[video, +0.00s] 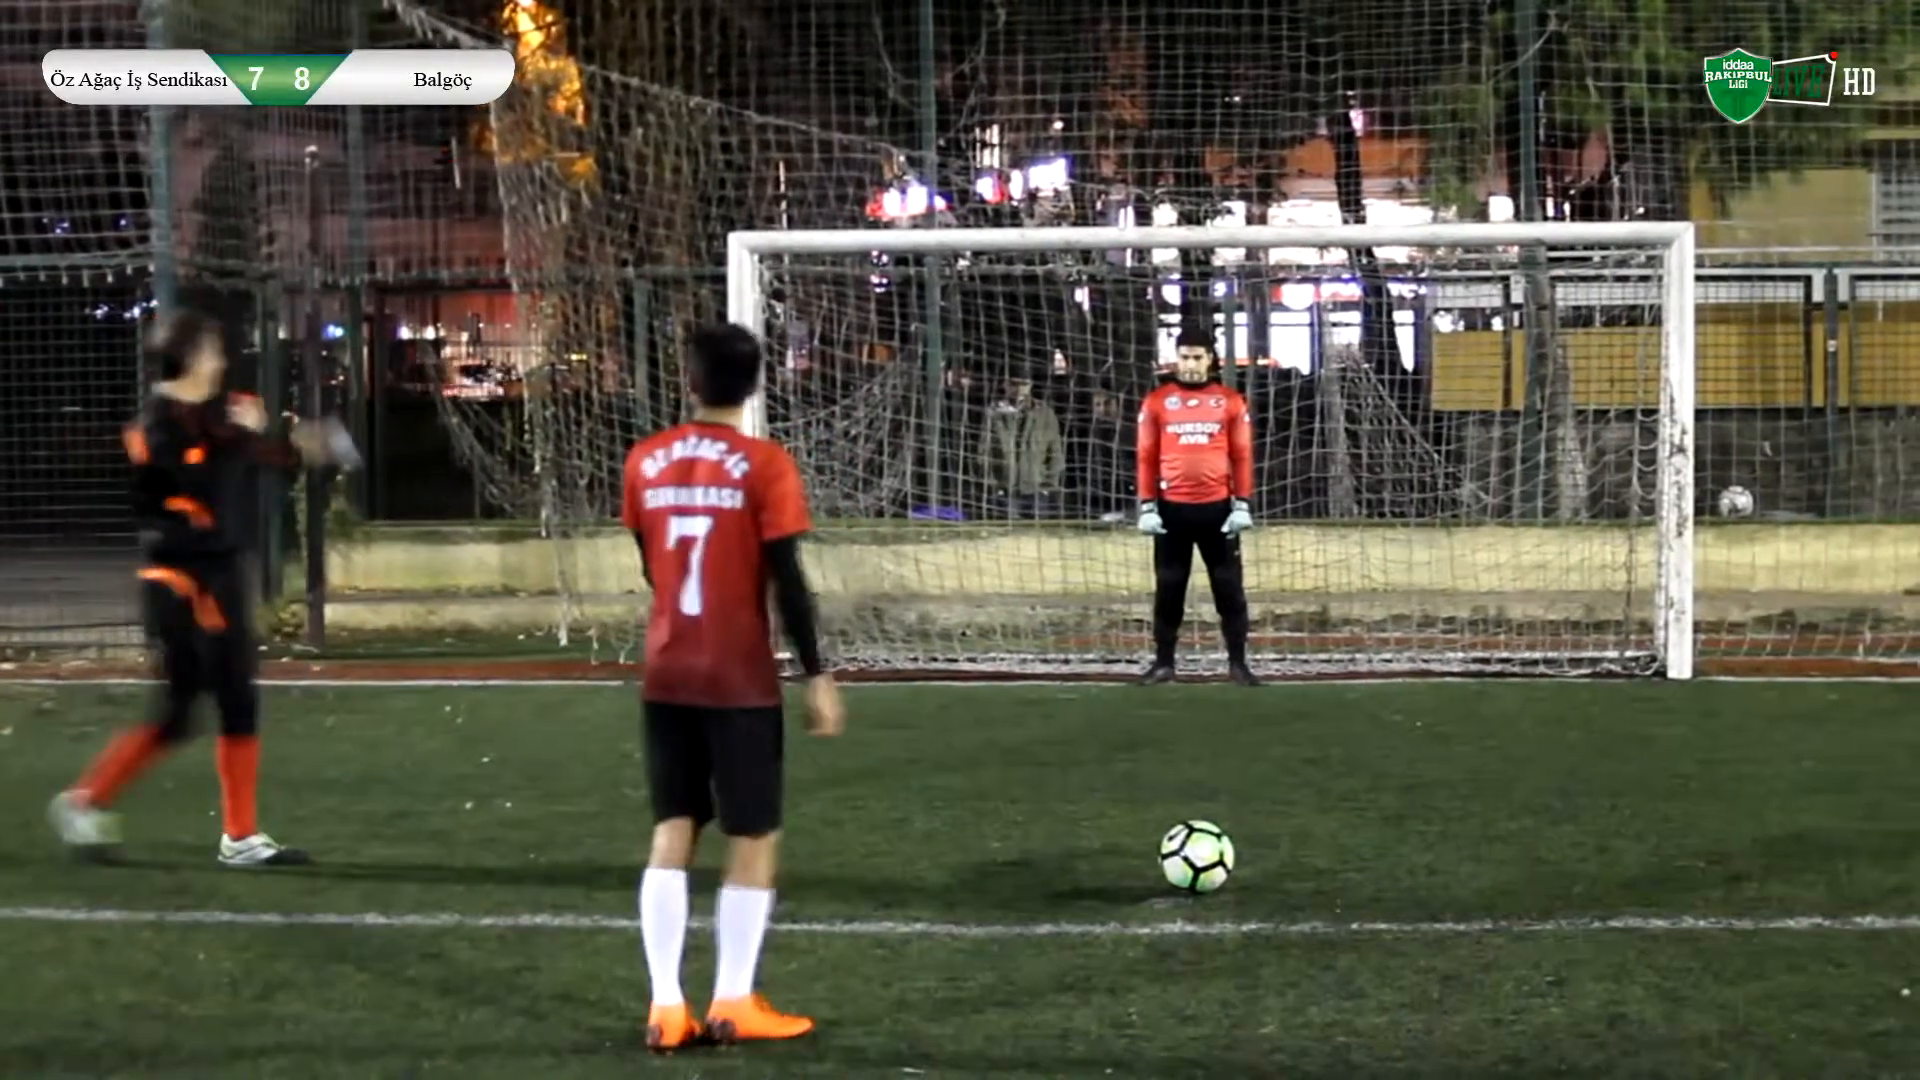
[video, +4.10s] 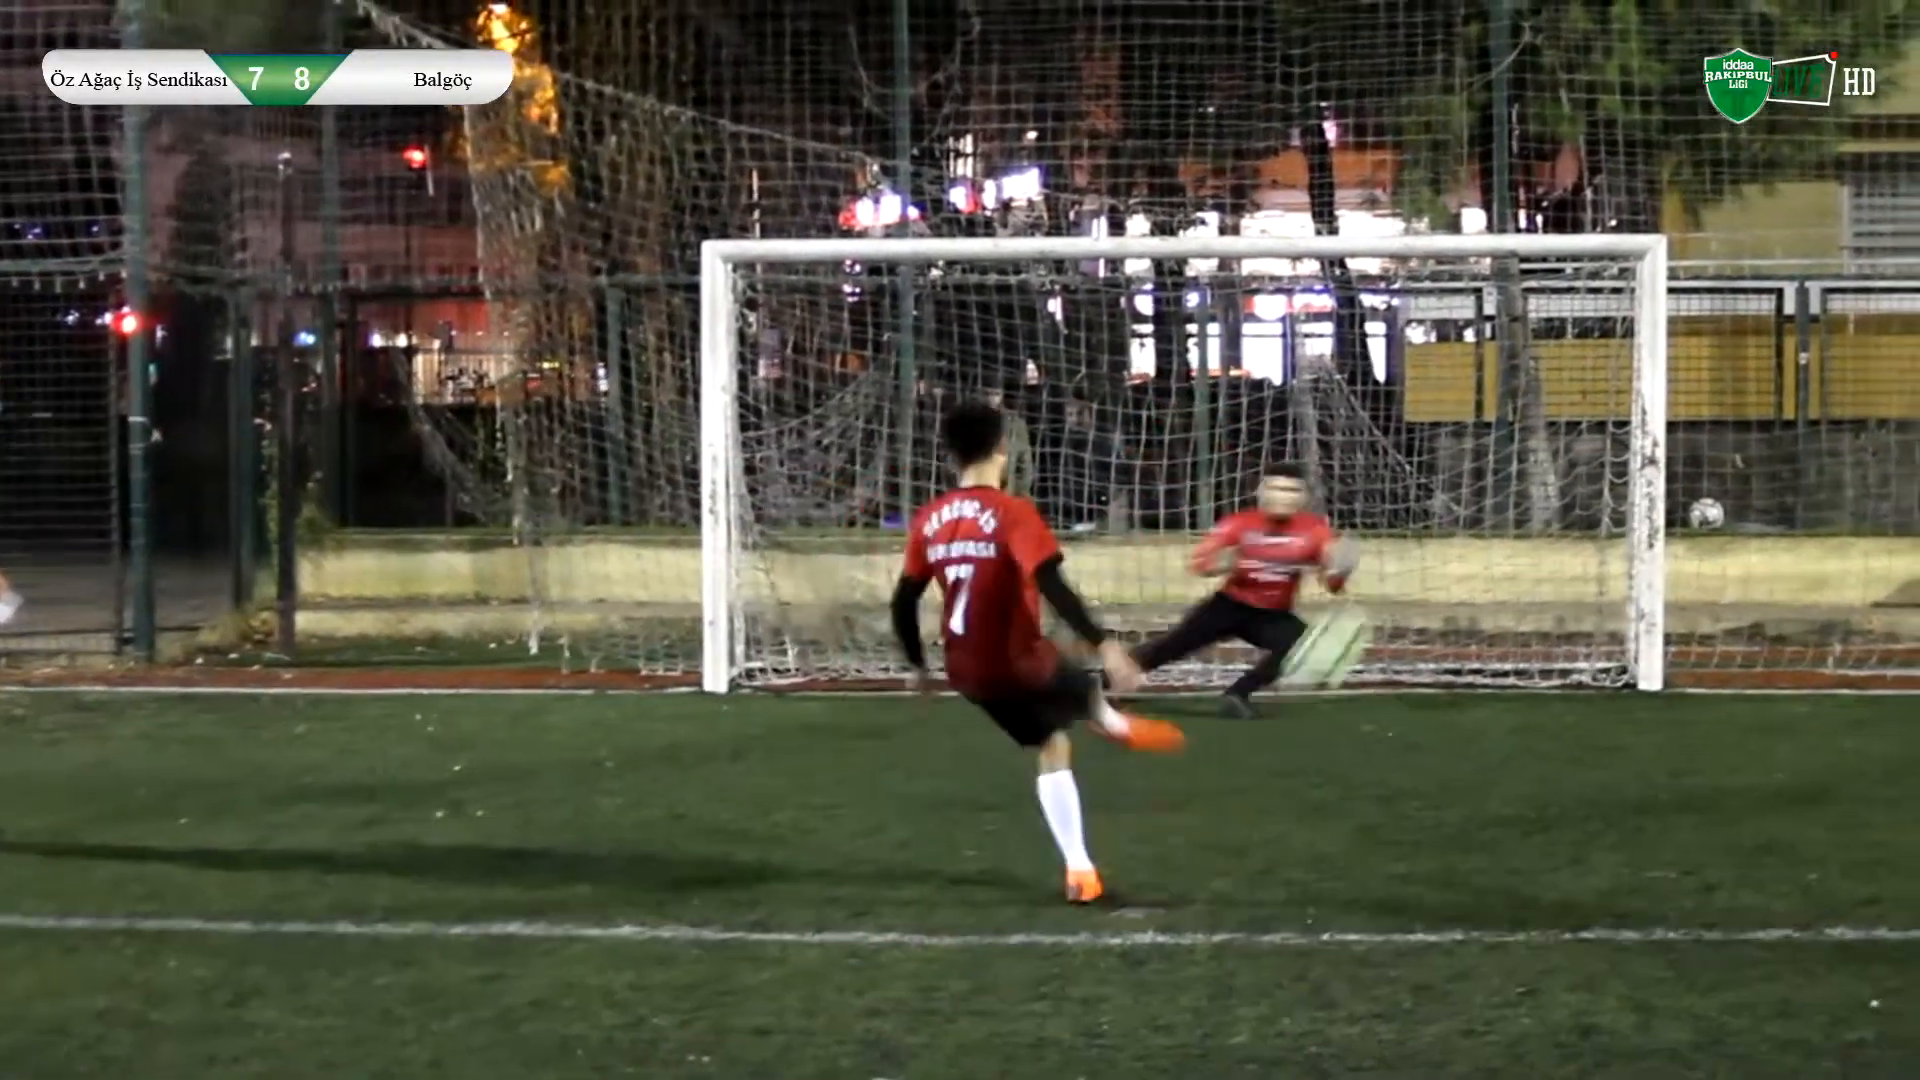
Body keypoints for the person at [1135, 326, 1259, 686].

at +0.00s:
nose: (1190, 365)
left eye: (1197, 357)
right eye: (1184, 357)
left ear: (1211, 360)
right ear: (1175, 360)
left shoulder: (1230, 401)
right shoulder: (1156, 401)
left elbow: (1242, 454)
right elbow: (1146, 455)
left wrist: (1242, 501)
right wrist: (1147, 503)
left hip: (1218, 506)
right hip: (1171, 507)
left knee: (1229, 590)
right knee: (1168, 589)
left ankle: (1238, 662)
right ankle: (1164, 661)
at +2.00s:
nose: (1191, 363)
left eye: (1199, 356)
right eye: (1185, 356)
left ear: (1212, 359)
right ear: (1176, 359)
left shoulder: (1232, 402)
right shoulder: (1157, 402)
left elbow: (1243, 456)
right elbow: (1147, 456)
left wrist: (1242, 505)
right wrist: (1148, 506)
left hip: (1219, 507)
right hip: (1172, 509)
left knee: (1231, 590)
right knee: (1169, 590)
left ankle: (1236, 660)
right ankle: (1164, 660)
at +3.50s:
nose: (1215, 384)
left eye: (1222, 378)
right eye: (1209, 377)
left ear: (1232, 382)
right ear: (1197, 379)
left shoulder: (1252, 420)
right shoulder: (1178, 418)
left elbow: (1275, 467)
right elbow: (1153, 463)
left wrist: (1305, 508)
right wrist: (1119, 504)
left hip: (1237, 529)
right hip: (1190, 527)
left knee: (1251, 598)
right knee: (1159, 589)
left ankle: (1254, 664)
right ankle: (1151, 658)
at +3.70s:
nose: (1205, 433)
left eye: (1212, 425)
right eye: (1198, 425)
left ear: (1225, 427)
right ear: (1189, 428)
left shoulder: (1250, 458)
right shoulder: (1179, 461)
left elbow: (1279, 500)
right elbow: (1148, 496)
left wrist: (1309, 540)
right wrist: (1112, 524)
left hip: (1246, 546)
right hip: (1199, 546)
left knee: (1270, 593)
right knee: (1160, 602)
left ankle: (1235, 657)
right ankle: (1114, 674)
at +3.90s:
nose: (1217, 488)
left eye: (1224, 479)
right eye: (1210, 480)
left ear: (1237, 482)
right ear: (1199, 484)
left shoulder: (1255, 512)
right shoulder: (1188, 512)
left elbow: (1283, 539)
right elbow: (1157, 543)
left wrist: (1300, 564)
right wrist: (1123, 566)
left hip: (1247, 585)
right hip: (1201, 581)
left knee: (1278, 608)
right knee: (1154, 620)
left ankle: (1248, 680)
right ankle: (1104, 681)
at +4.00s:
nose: (1235, 495)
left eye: (1245, 488)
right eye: (1229, 486)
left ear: (1259, 495)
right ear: (1219, 489)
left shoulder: (1270, 524)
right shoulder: (1203, 520)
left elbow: (1296, 555)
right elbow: (1179, 548)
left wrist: (1313, 576)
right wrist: (1149, 564)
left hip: (1254, 601)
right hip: (1209, 595)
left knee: (1283, 631)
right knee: (1155, 627)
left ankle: (1240, 692)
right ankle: (1098, 687)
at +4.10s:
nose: (1282, 498)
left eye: (1291, 491)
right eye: (1275, 490)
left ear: (1303, 497)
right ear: (1262, 493)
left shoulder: (1314, 530)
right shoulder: (1242, 525)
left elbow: (1333, 585)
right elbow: (1199, 562)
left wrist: (1340, 568)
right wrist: (1222, 564)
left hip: (1272, 616)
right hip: (1229, 608)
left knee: (1300, 639)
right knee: (1180, 642)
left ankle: (1238, 694)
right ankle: (1112, 674)